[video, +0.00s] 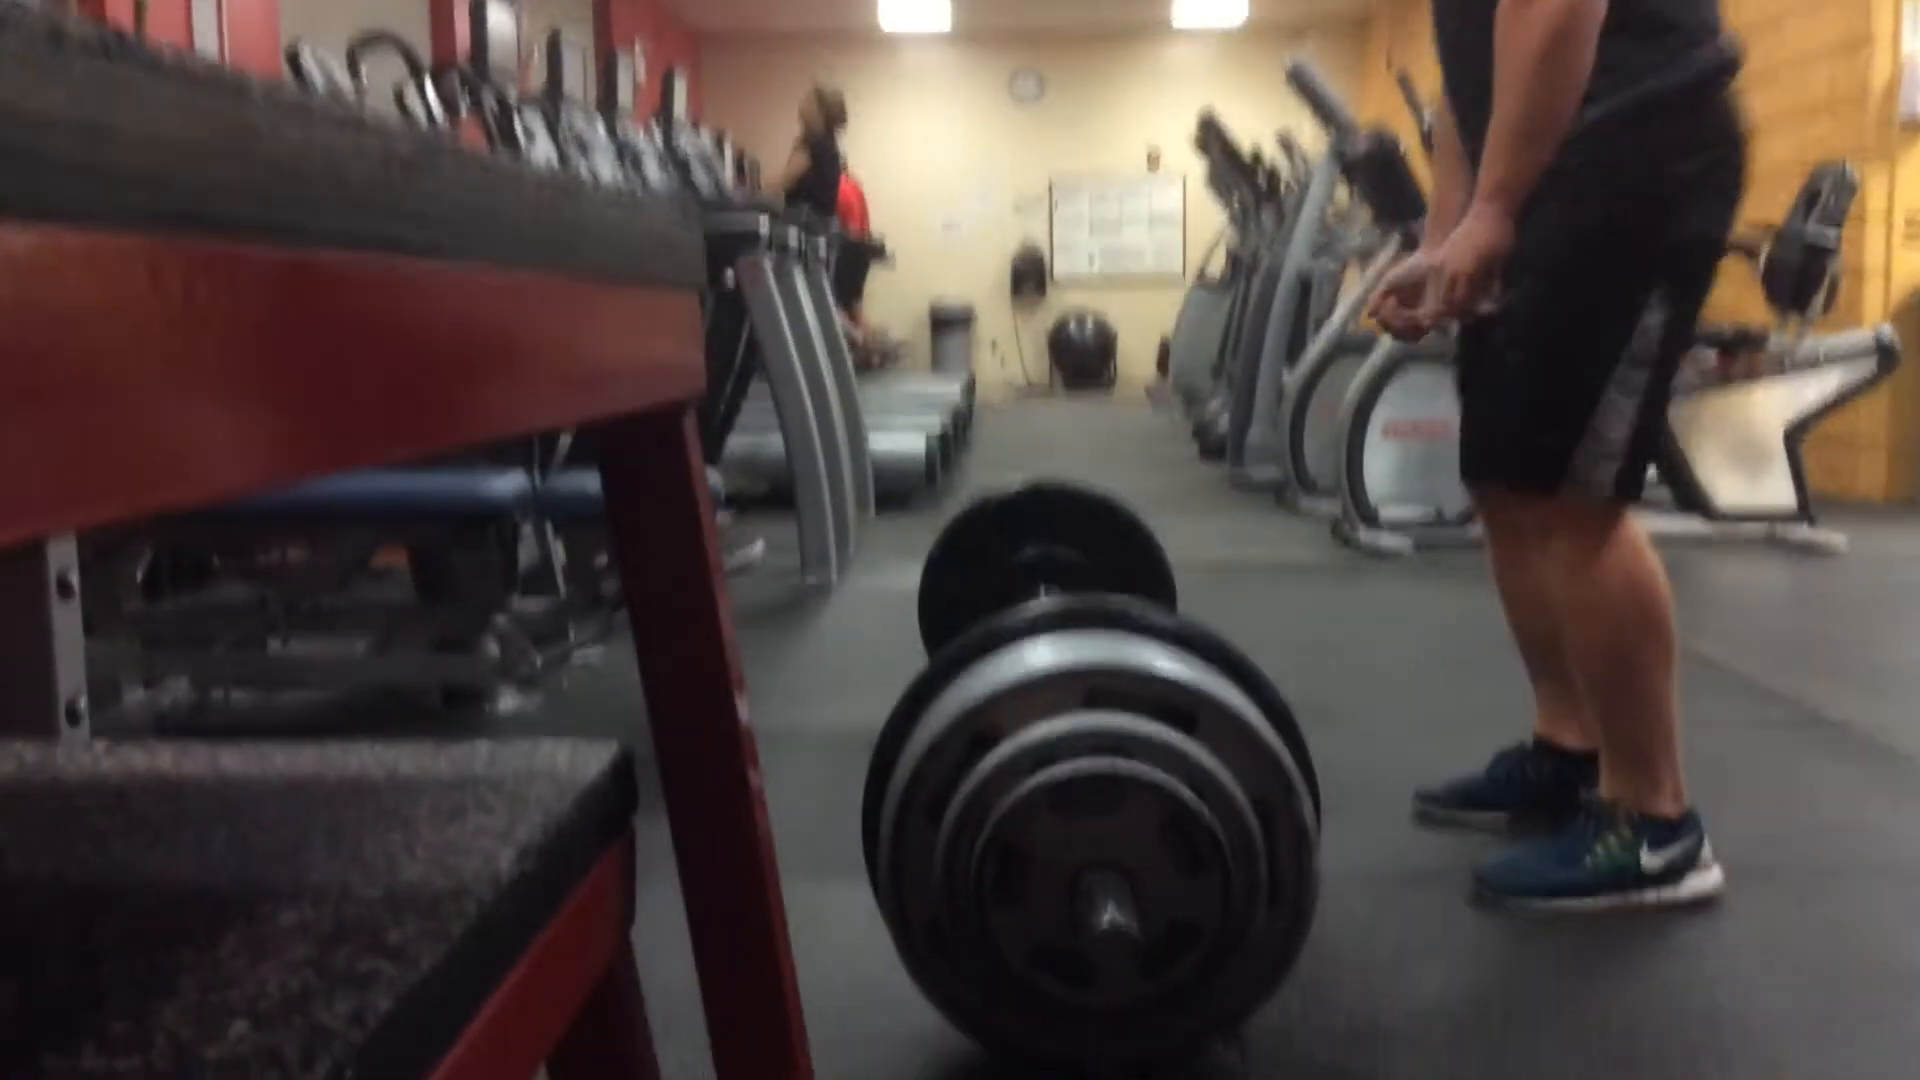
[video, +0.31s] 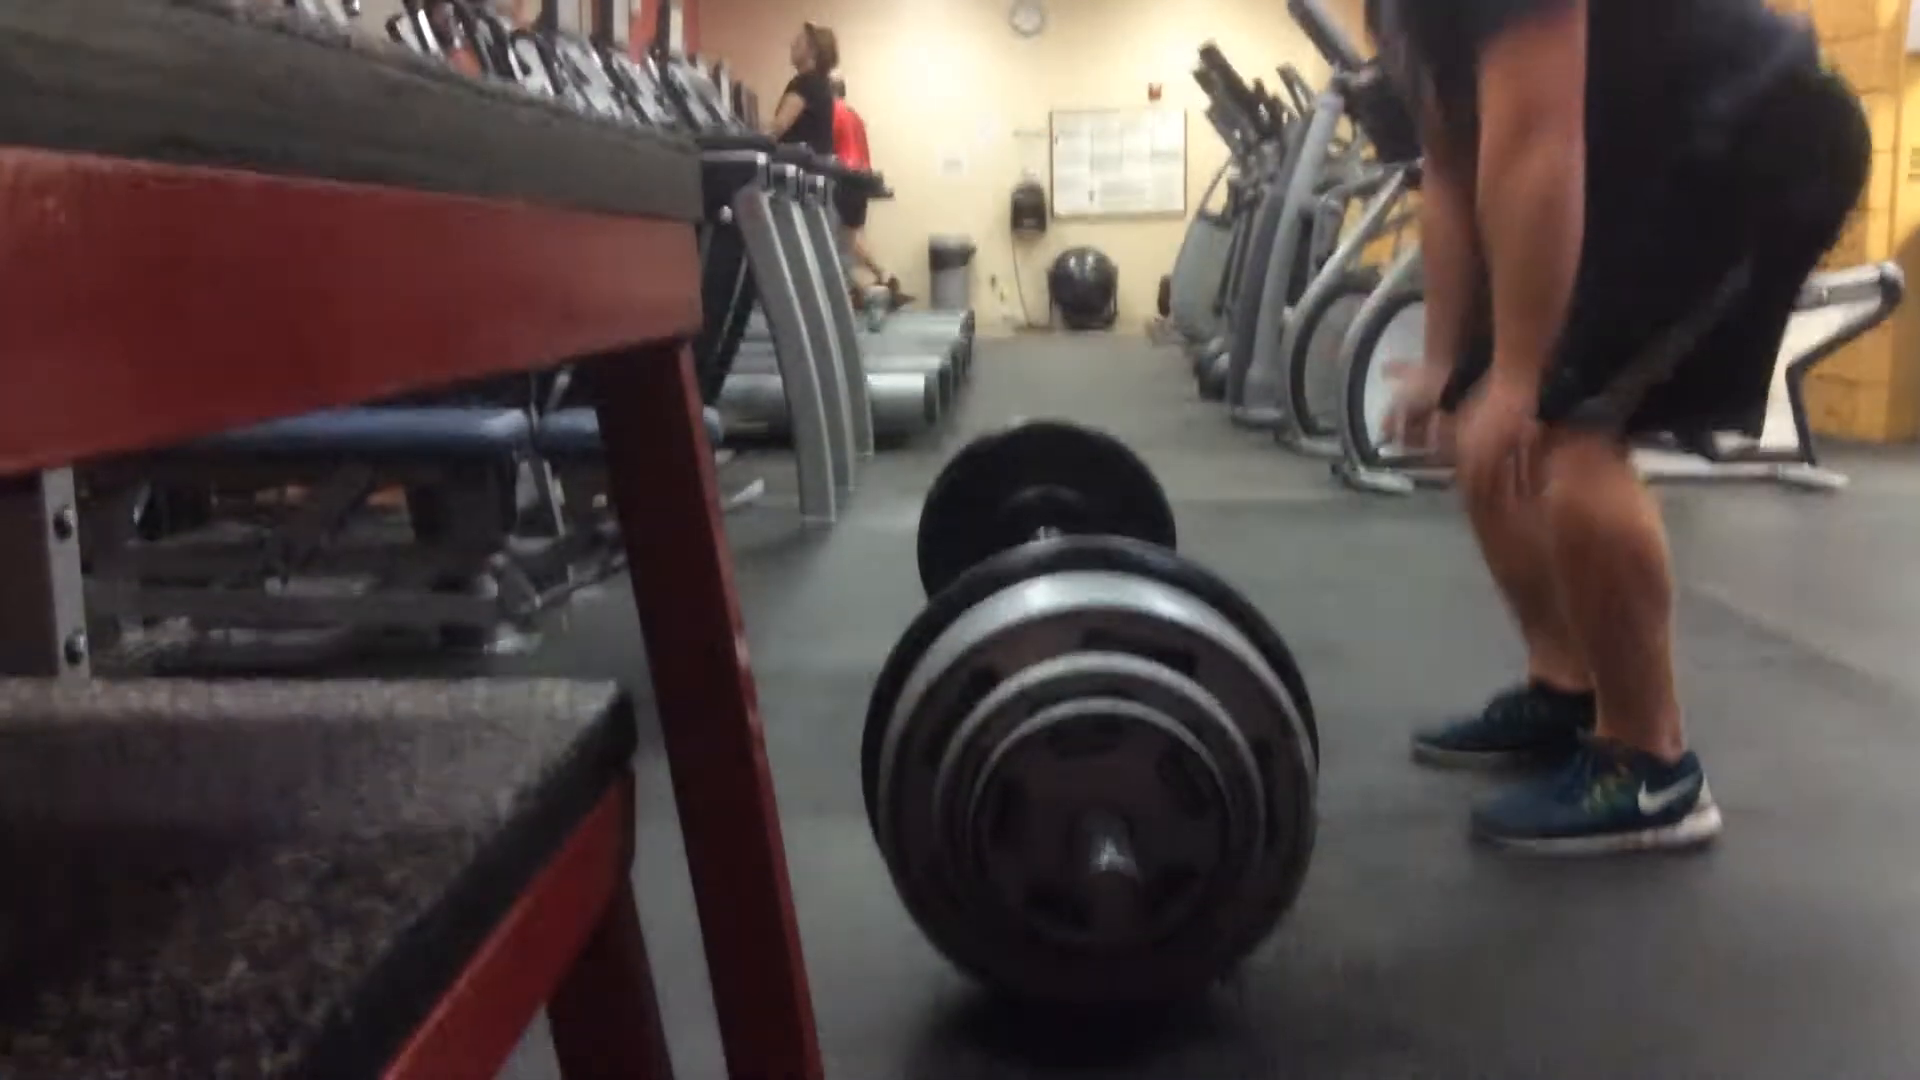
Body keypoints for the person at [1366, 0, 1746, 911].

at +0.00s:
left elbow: (1563, 9)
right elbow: (1467, 55)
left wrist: (1490, 210)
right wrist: (1441, 240)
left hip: (1640, 130)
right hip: (1535, 141)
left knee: (1575, 489)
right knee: (1508, 473)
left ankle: (1653, 819)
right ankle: (1569, 753)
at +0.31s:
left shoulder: (1517, 10)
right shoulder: (1420, 18)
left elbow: (1536, 145)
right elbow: (1449, 167)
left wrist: (1515, 377)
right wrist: (1444, 366)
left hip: (1759, 133)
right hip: (1655, 142)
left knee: (1577, 435)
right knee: (1489, 418)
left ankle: (1650, 762)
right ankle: (1566, 690)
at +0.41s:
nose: (1325, 15)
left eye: (1321, 8)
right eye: (1318, 13)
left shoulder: (1485, 37)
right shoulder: (1405, 74)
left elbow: (1531, 272)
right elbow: (1444, 272)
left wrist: (1506, 497)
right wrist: (1437, 444)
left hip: (1753, 265)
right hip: (1662, 270)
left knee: (1547, 479)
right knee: (1502, 461)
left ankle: (1646, 800)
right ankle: (1556, 737)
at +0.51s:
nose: (1254, 94)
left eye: (1277, 70)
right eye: (1258, 69)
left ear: (1368, 77)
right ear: (1343, 83)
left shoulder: (1469, 187)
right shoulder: (1390, 218)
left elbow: (1527, 437)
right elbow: (1444, 420)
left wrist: (1504, 671)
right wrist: (1414, 594)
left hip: (1757, 394)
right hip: (1659, 396)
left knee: (1512, 597)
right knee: (1446, 571)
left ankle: (1654, 892)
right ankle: (1560, 822)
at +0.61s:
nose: (1242, 259)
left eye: (1263, 232)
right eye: (1247, 234)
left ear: (1346, 239)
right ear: (1341, 244)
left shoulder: (1449, 334)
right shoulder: (1393, 382)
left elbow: (1527, 609)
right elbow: (1456, 590)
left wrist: (1508, 842)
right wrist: (1445, 770)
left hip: (1767, 526)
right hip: (1674, 523)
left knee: (1468, 666)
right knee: (1396, 652)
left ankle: (1658, 962)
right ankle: (1563, 903)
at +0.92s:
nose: (1267, 283)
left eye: (1290, 260)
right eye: (1273, 261)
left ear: (1373, 275)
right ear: (1357, 281)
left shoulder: (1468, 384)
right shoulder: (1393, 426)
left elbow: (1529, 639)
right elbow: (1439, 633)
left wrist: (1497, 864)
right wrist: (1410, 818)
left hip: (1757, 602)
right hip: (1658, 603)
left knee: (1473, 767)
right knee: (1405, 750)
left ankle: (1663, 1061)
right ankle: (1568, 1013)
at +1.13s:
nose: (1330, 205)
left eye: (1356, 178)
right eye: (1337, 180)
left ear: (1430, 190)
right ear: (1424, 198)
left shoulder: (1507, 307)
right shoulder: (1417, 372)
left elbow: (1542, 555)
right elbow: (1446, 576)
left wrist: (1491, 763)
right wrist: (1411, 739)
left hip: (1713, 620)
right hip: (1613, 626)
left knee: (1490, 870)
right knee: (1420, 849)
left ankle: (1632, 1073)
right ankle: (1569, 1069)